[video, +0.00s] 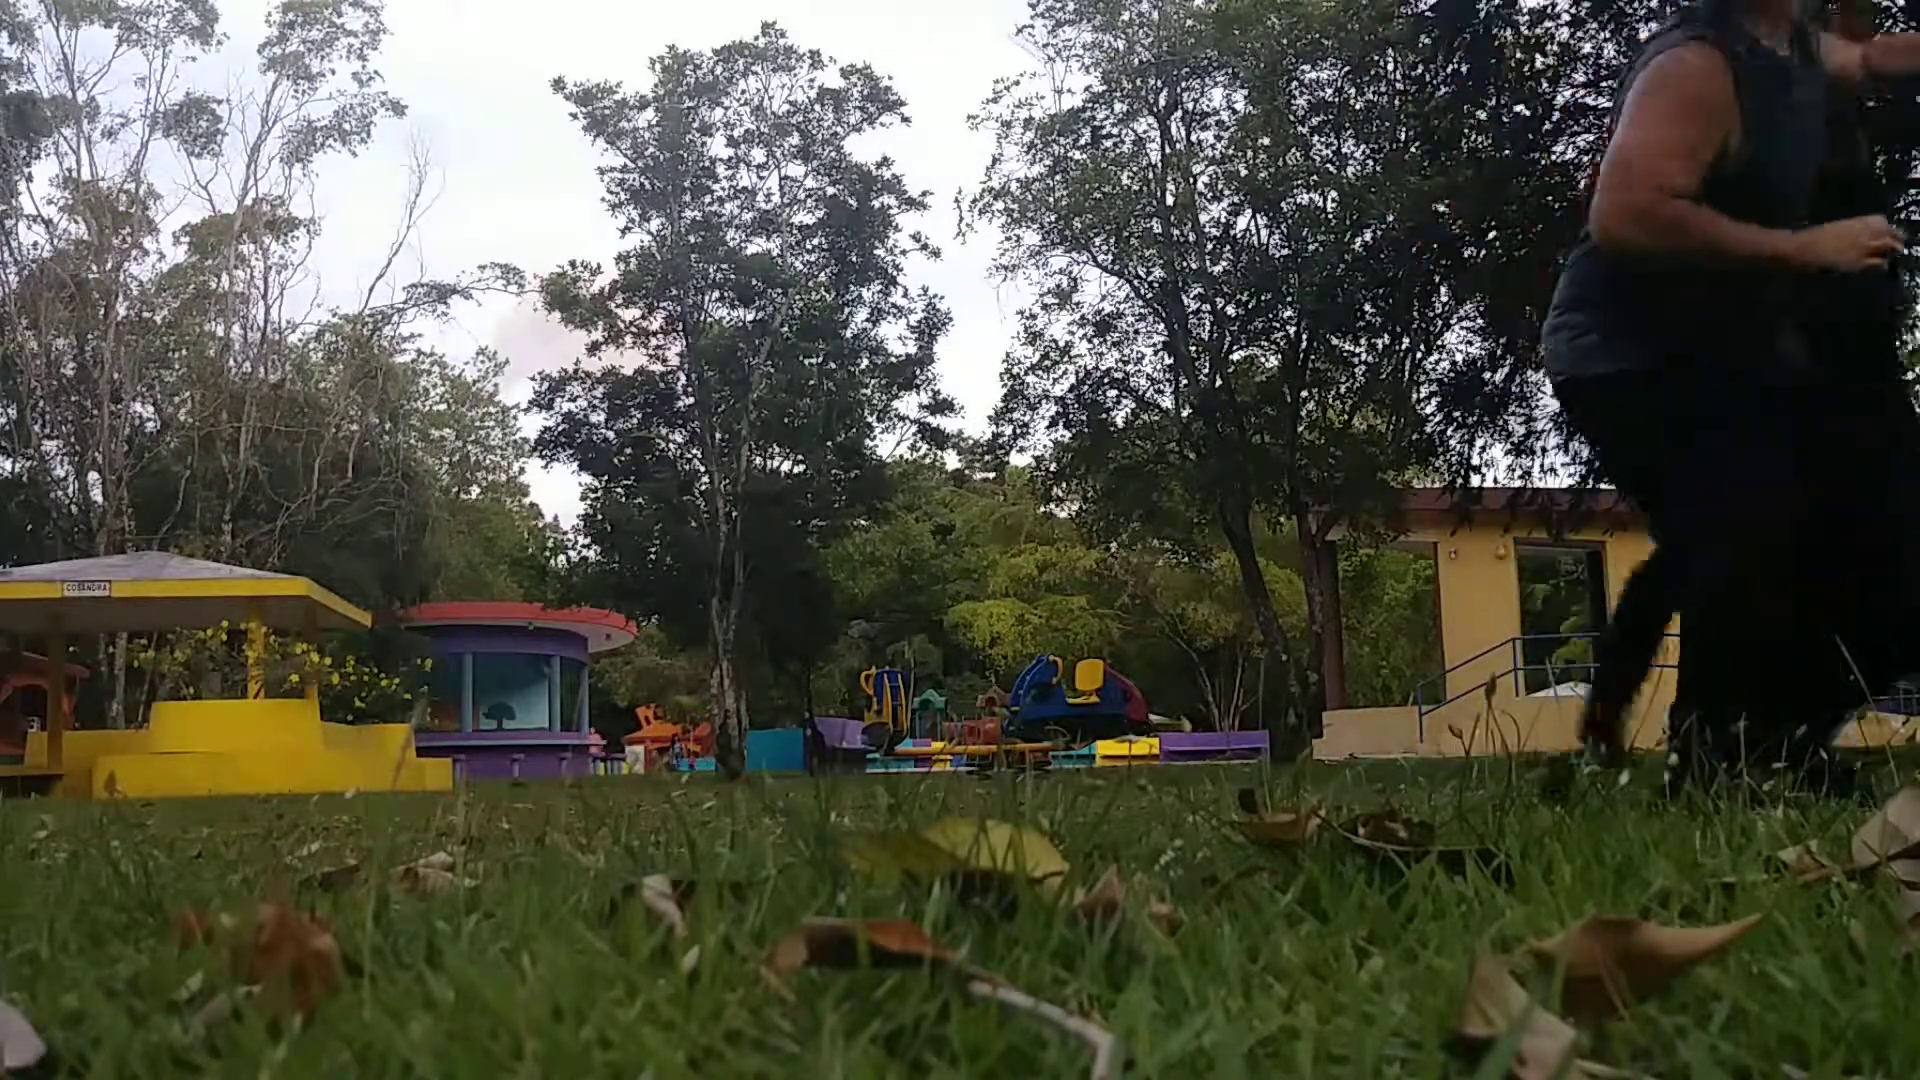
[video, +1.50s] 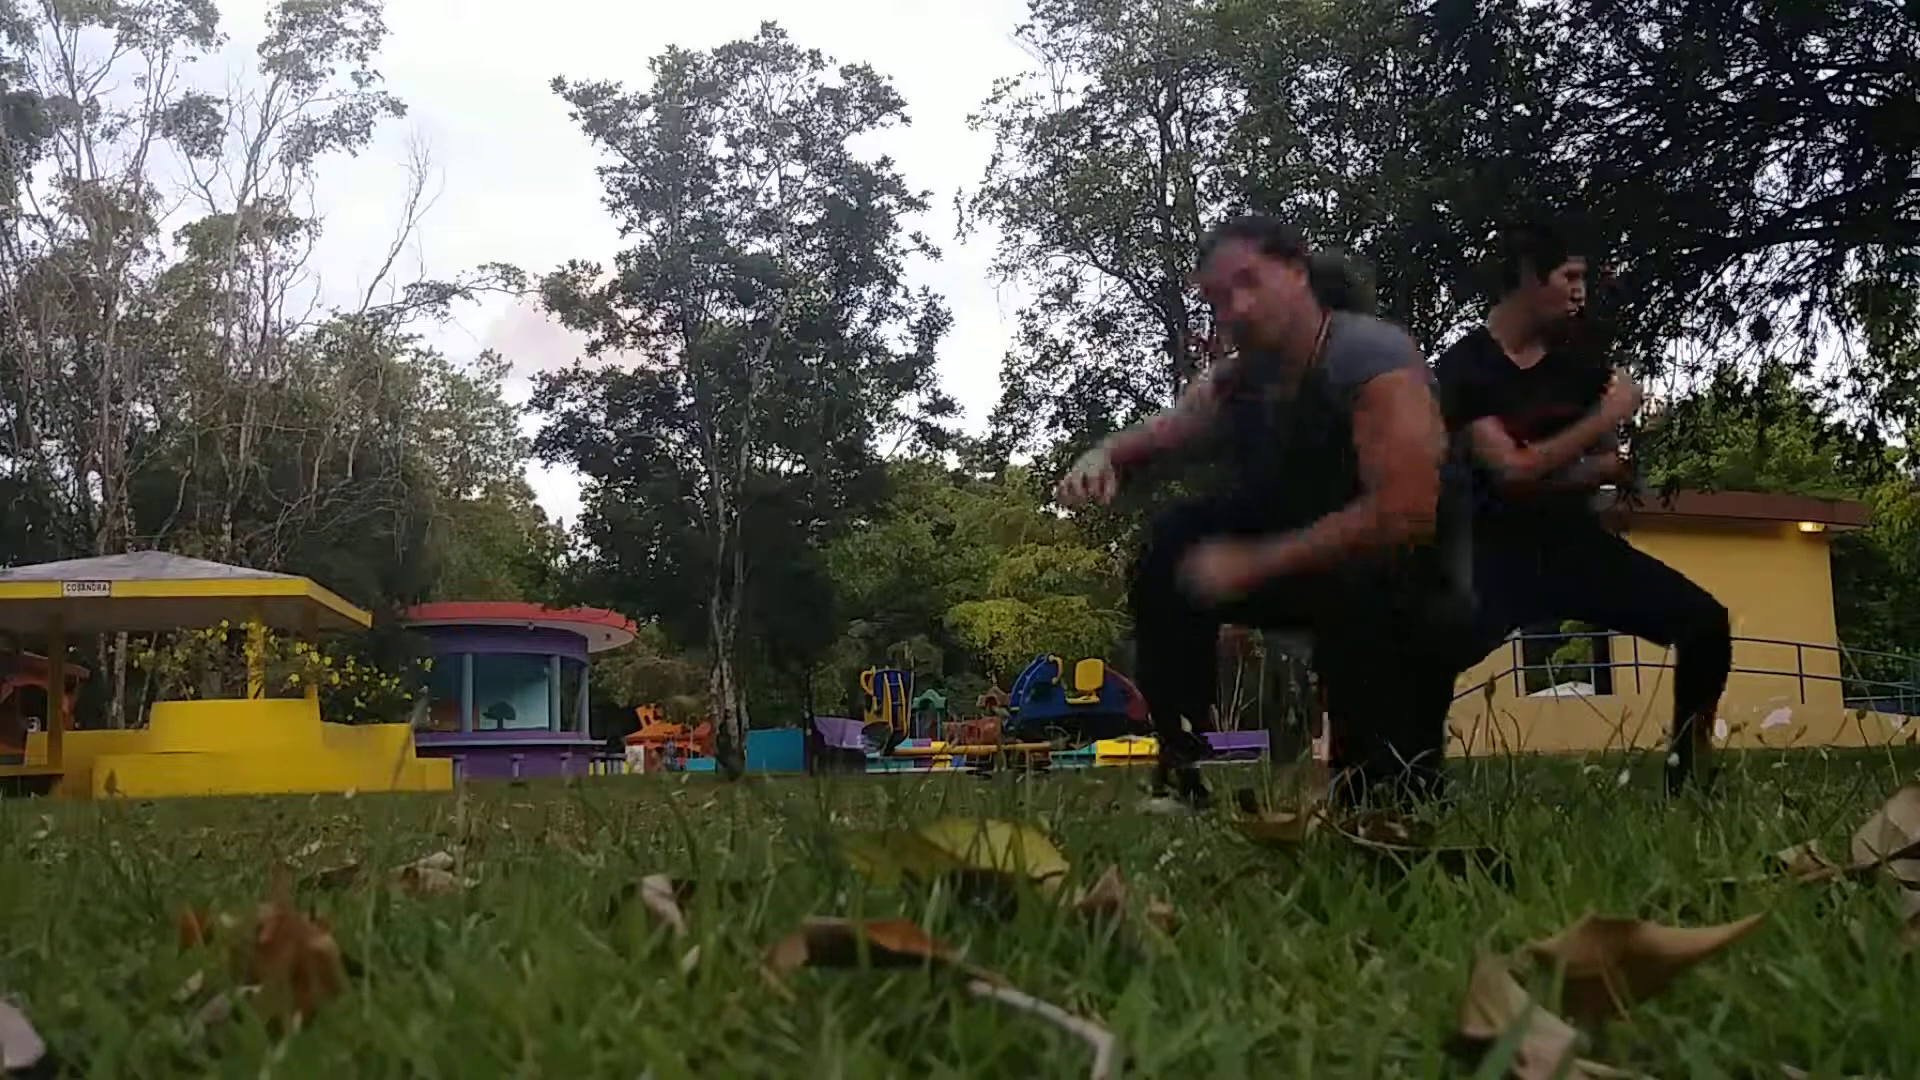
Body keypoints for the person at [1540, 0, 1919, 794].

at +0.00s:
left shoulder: (1798, 50)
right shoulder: (1695, 63)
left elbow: (1871, 59)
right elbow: (1625, 211)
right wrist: (1797, 243)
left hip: (1719, 343)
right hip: (1626, 351)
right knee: (1724, 530)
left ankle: (1783, 745)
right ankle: (1711, 759)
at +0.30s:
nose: (1870, 88)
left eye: (1872, 67)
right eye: (1862, 68)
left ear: (1784, 48)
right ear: (1814, 62)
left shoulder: (1793, 124)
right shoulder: (1718, 136)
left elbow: (1891, 55)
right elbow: (1626, 284)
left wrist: (1898, 51)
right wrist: (1761, 439)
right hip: (1546, 373)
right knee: (1759, 521)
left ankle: (1679, 748)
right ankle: (1768, 754)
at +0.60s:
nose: (1750, 143)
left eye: (1747, 126)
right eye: (1738, 124)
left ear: (1627, 128)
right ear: (1710, 127)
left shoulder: (1566, 218)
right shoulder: (1685, 200)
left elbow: (1480, 312)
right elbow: (1739, 362)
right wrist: (1885, 442)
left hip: (1456, 521)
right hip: (1565, 493)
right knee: (1836, 509)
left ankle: (1560, 767)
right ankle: (1789, 761)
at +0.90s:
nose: (1294, 343)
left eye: (1296, 326)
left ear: (1313, 332)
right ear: (1401, 292)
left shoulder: (1333, 419)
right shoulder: (1474, 356)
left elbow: (1318, 598)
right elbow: (1582, 406)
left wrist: (1309, 753)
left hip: (1528, 626)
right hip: (1649, 573)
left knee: (1373, 740)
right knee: (1798, 653)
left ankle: (1601, 745)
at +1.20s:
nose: (1198, 452)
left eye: (1196, 438)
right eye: (1192, 439)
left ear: (1213, 434)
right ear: (1264, 387)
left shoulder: (1309, 474)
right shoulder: (1333, 439)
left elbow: (1363, 645)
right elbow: (1373, 546)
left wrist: (1332, 790)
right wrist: (1276, 587)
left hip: (1531, 637)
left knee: (1395, 771)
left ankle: (1580, 745)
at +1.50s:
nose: (1236, 309)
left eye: (1247, 283)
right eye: (1219, 301)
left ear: (1294, 270)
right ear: (1214, 314)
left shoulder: (1374, 353)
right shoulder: (1241, 380)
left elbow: (1405, 512)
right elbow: (1163, 435)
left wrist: (1255, 561)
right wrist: (1105, 460)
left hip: (1407, 580)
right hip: (1310, 578)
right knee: (1174, 538)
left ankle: (1385, 795)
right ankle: (1182, 767)